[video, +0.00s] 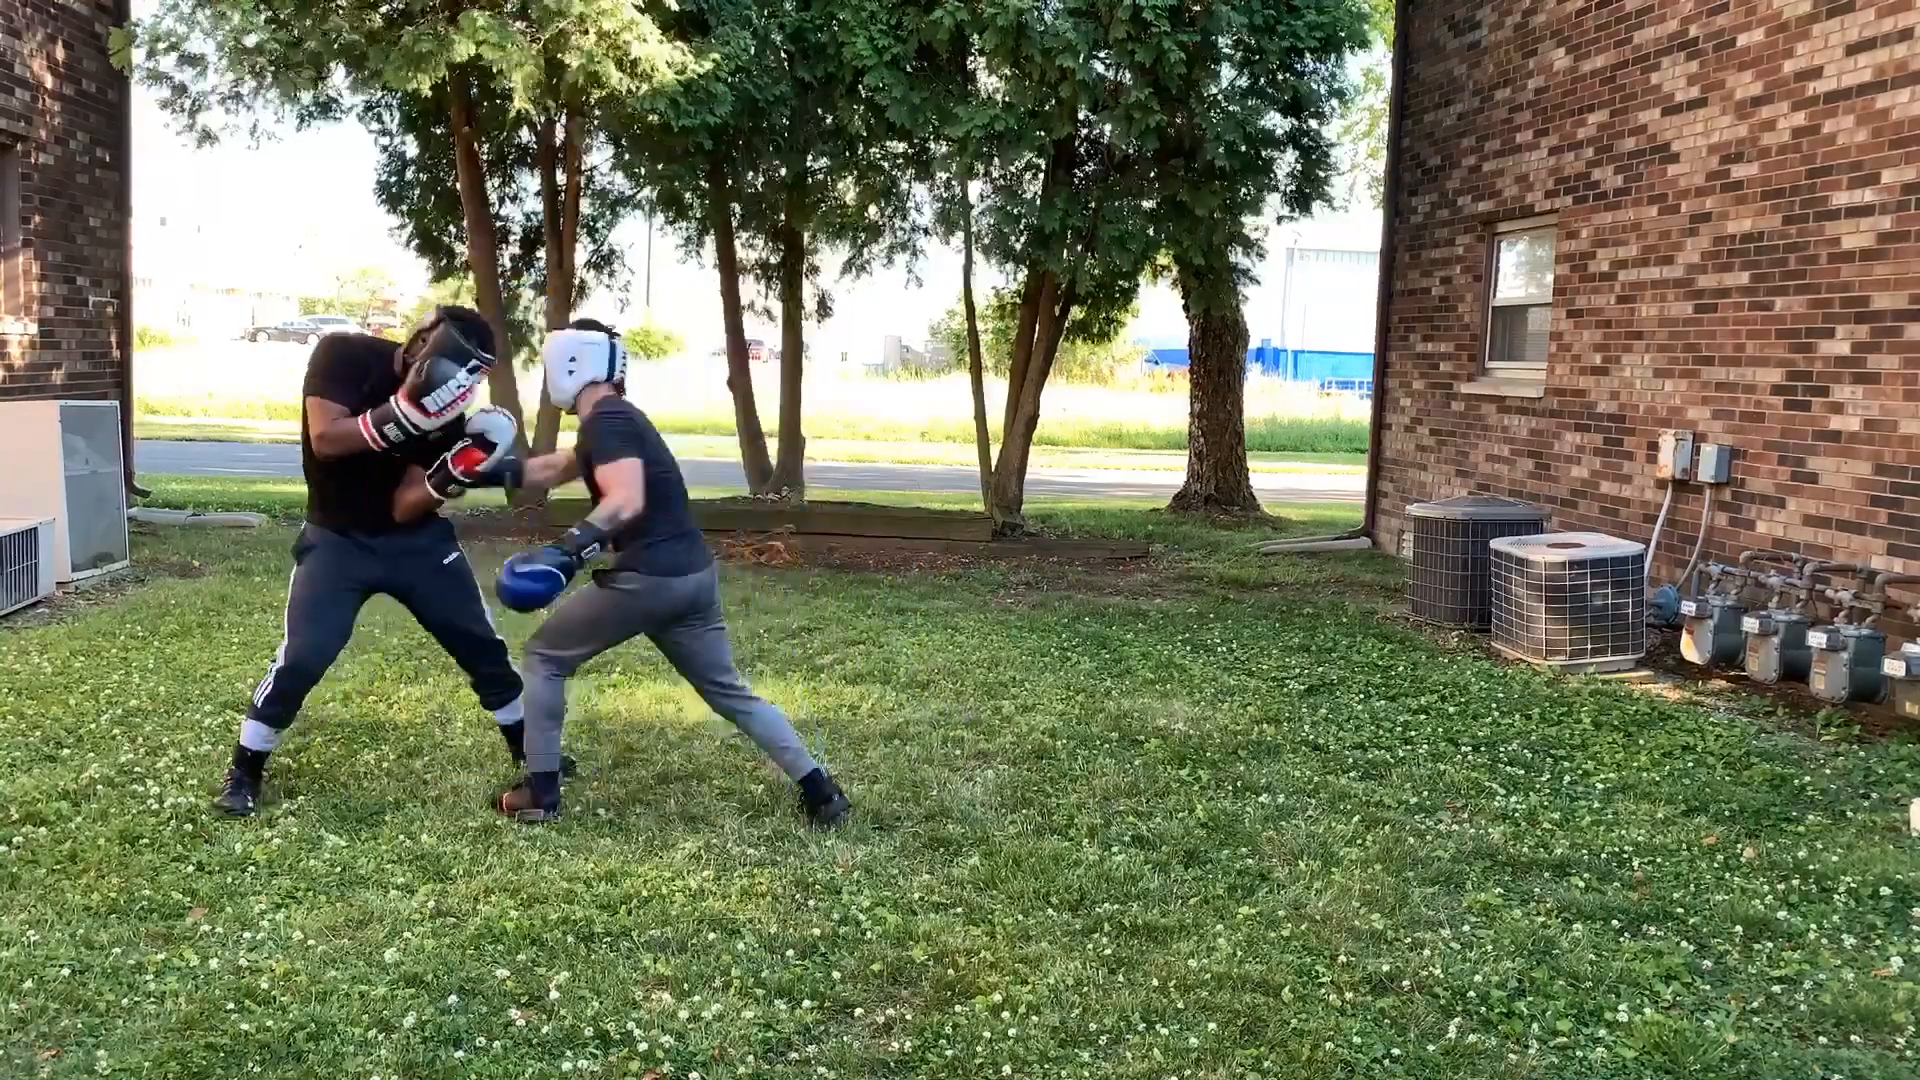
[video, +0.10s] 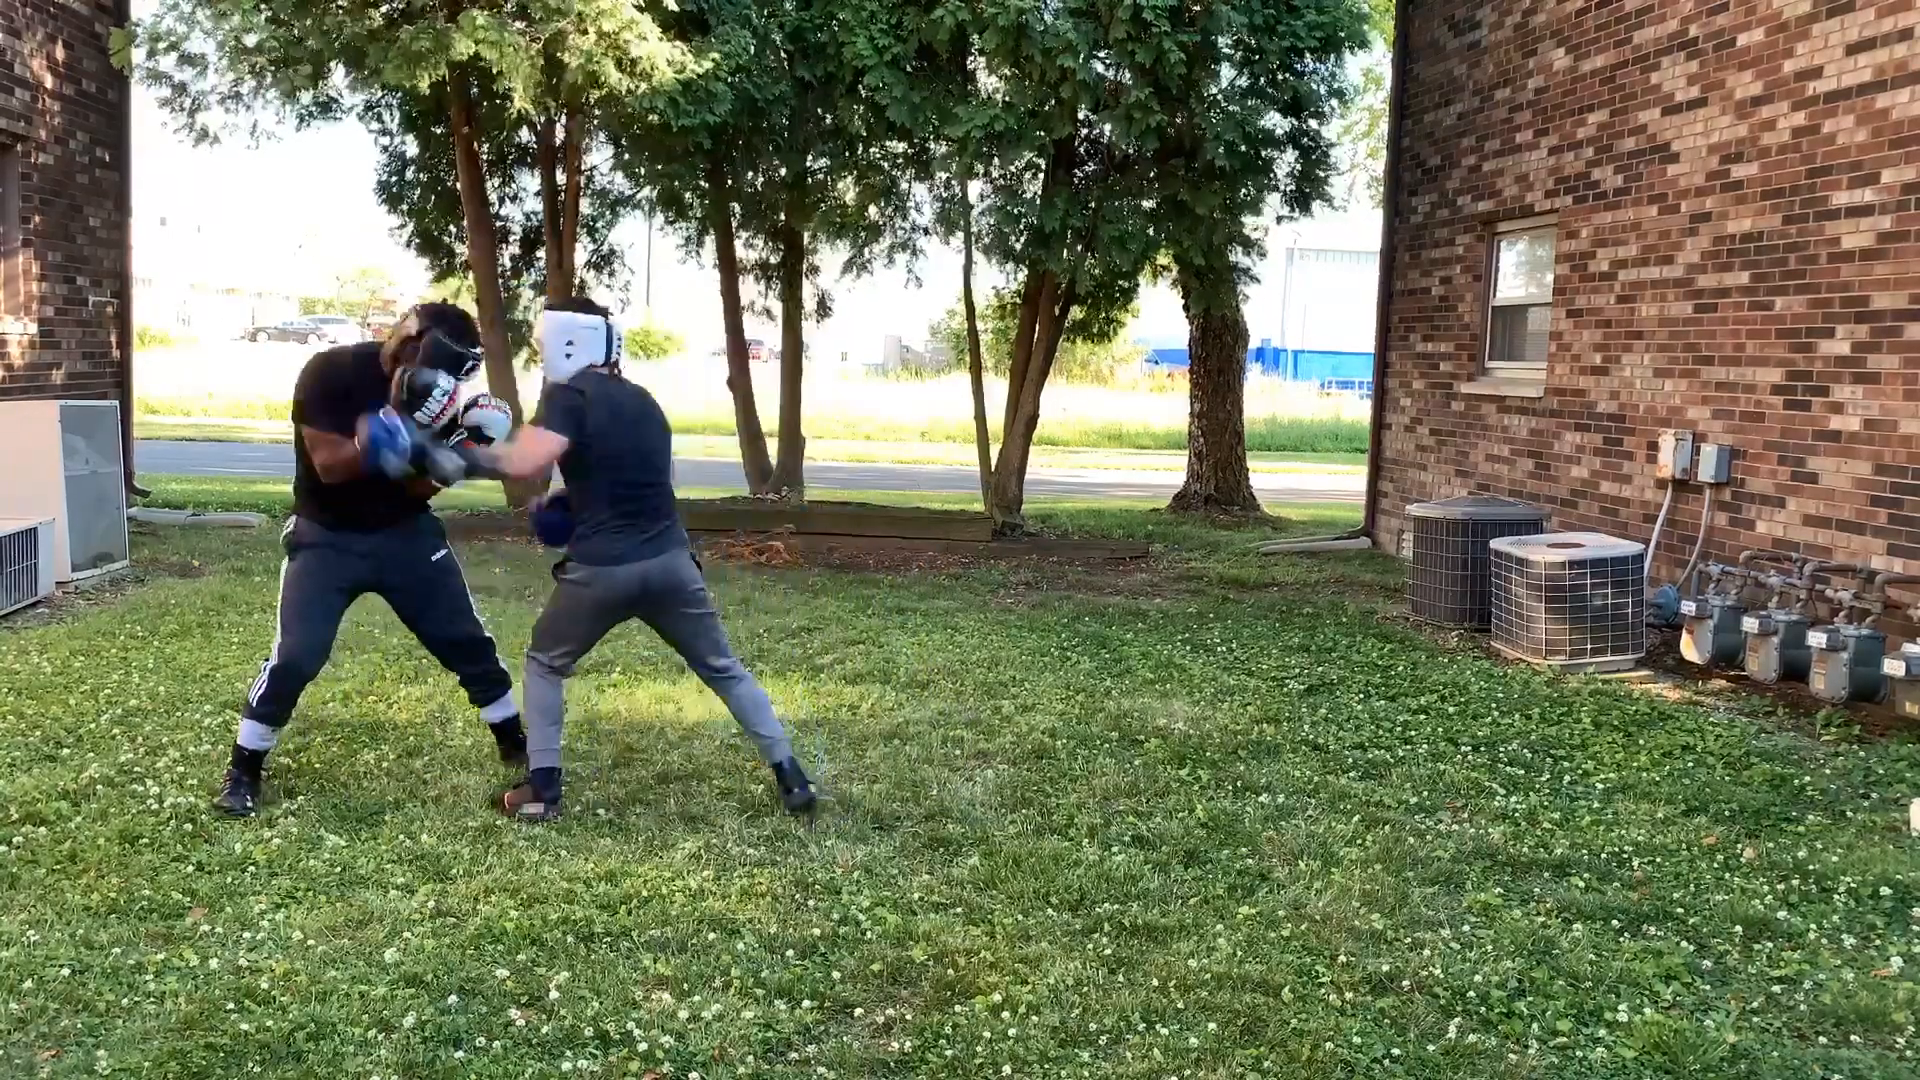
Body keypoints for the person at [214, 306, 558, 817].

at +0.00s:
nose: (442, 388)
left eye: (457, 382)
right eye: (439, 371)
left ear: (470, 381)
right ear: (420, 347)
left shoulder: (451, 417)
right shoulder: (342, 354)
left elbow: (405, 507)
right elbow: (324, 441)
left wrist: (450, 473)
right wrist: (401, 417)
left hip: (422, 545)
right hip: (337, 545)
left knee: (483, 650)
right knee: (304, 659)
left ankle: (533, 760)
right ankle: (246, 769)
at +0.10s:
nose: (434, 389)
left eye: (446, 379)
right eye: (428, 375)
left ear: (459, 372)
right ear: (405, 351)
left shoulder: (444, 395)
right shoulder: (329, 373)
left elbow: (422, 487)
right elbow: (326, 463)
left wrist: (452, 447)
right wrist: (376, 441)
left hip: (409, 539)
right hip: (326, 543)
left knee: (469, 645)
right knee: (296, 659)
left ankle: (515, 746)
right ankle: (245, 769)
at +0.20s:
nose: (440, 393)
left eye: (449, 385)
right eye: (435, 382)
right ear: (408, 359)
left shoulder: (422, 393)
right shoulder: (335, 400)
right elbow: (370, 486)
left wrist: (474, 425)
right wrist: (431, 449)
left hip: (410, 529)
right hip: (331, 536)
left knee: (469, 638)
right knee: (306, 652)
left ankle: (484, 744)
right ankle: (246, 767)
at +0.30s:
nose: (448, 390)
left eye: (459, 382)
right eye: (445, 376)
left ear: (466, 377)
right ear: (423, 352)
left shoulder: (447, 390)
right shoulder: (353, 390)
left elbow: (463, 468)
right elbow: (369, 484)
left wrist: (488, 422)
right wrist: (416, 438)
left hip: (419, 535)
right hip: (343, 532)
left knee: (465, 642)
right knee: (310, 645)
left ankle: (457, 731)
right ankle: (248, 759)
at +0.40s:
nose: (398, 368)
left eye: (413, 358)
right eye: (394, 353)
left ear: (444, 360)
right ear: (385, 344)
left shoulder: (458, 394)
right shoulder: (347, 378)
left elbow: (470, 484)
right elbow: (369, 471)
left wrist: (473, 424)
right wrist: (409, 421)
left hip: (430, 533)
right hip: (353, 529)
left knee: (462, 642)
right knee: (311, 634)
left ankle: (457, 734)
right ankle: (253, 749)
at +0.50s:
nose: (402, 364)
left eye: (417, 355)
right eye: (395, 350)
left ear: (436, 351)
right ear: (375, 333)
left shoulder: (448, 378)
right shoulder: (335, 374)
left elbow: (478, 465)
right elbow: (352, 467)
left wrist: (471, 405)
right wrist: (386, 423)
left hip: (431, 516)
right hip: (353, 512)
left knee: (459, 635)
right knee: (308, 624)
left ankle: (457, 736)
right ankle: (256, 747)